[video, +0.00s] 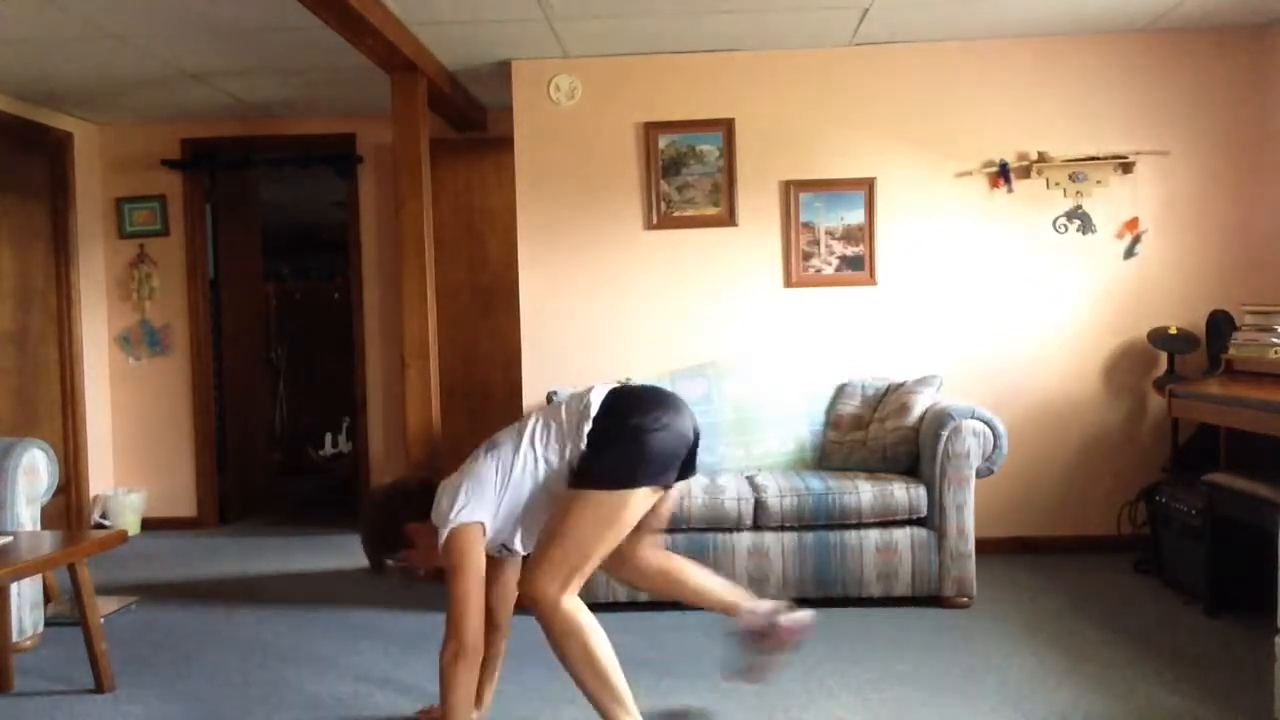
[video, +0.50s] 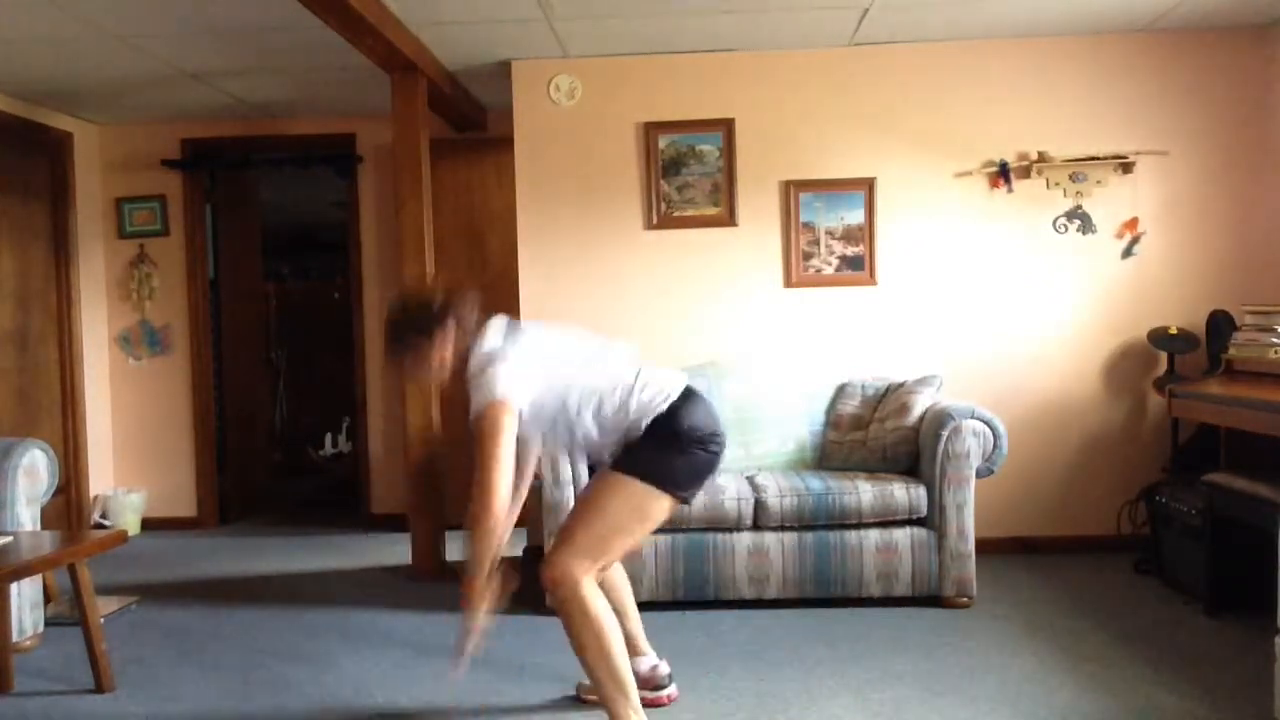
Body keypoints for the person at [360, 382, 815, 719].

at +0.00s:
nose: (421, 571)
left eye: (406, 560)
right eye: (408, 567)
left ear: (416, 533)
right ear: (419, 531)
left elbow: (463, 643)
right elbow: (494, 629)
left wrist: (451, 713)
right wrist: (474, 708)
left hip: (633, 426)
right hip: (668, 421)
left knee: (549, 593)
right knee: (629, 557)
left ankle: (624, 712)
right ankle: (761, 613)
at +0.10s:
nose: (423, 570)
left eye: (411, 559)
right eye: (412, 565)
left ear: (422, 532)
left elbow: (465, 648)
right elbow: (497, 624)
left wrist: (450, 712)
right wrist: (474, 705)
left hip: (647, 432)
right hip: (665, 424)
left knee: (545, 594)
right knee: (589, 545)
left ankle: (623, 712)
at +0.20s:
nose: (421, 566)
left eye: (411, 555)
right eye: (411, 561)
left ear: (421, 526)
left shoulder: (470, 505)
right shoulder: (504, 508)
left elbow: (468, 645)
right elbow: (496, 625)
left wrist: (452, 713)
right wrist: (473, 705)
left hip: (657, 446)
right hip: (668, 438)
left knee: (546, 592)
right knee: (585, 563)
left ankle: (622, 713)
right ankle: (645, 670)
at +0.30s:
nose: (424, 538)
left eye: (415, 526)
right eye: (414, 531)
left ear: (424, 500)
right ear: (427, 491)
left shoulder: (482, 492)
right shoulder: (493, 484)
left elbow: (469, 637)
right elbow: (498, 604)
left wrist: (454, 711)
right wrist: (478, 684)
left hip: (669, 457)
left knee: (549, 588)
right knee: (572, 559)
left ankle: (622, 711)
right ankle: (642, 668)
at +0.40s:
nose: (418, 455)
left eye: (415, 440)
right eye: (410, 446)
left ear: (435, 412)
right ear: (436, 406)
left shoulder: (492, 433)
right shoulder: (493, 409)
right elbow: (487, 558)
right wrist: (459, 652)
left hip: (677, 444)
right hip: (681, 435)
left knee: (561, 574)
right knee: (589, 558)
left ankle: (624, 712)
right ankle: (642, 667)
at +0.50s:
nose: (423, 371)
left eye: (422, 356)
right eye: (413, 360)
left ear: (444, 333)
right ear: (449, 327)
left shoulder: (497, 365)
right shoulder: (515, 346)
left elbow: (491, 499)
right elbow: (515, 486)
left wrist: (475, 602)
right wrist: (485, 569)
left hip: (671, 428)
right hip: (679, 418)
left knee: (566, 572)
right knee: (592, 552)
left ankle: (628, 712)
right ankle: (644, 666)